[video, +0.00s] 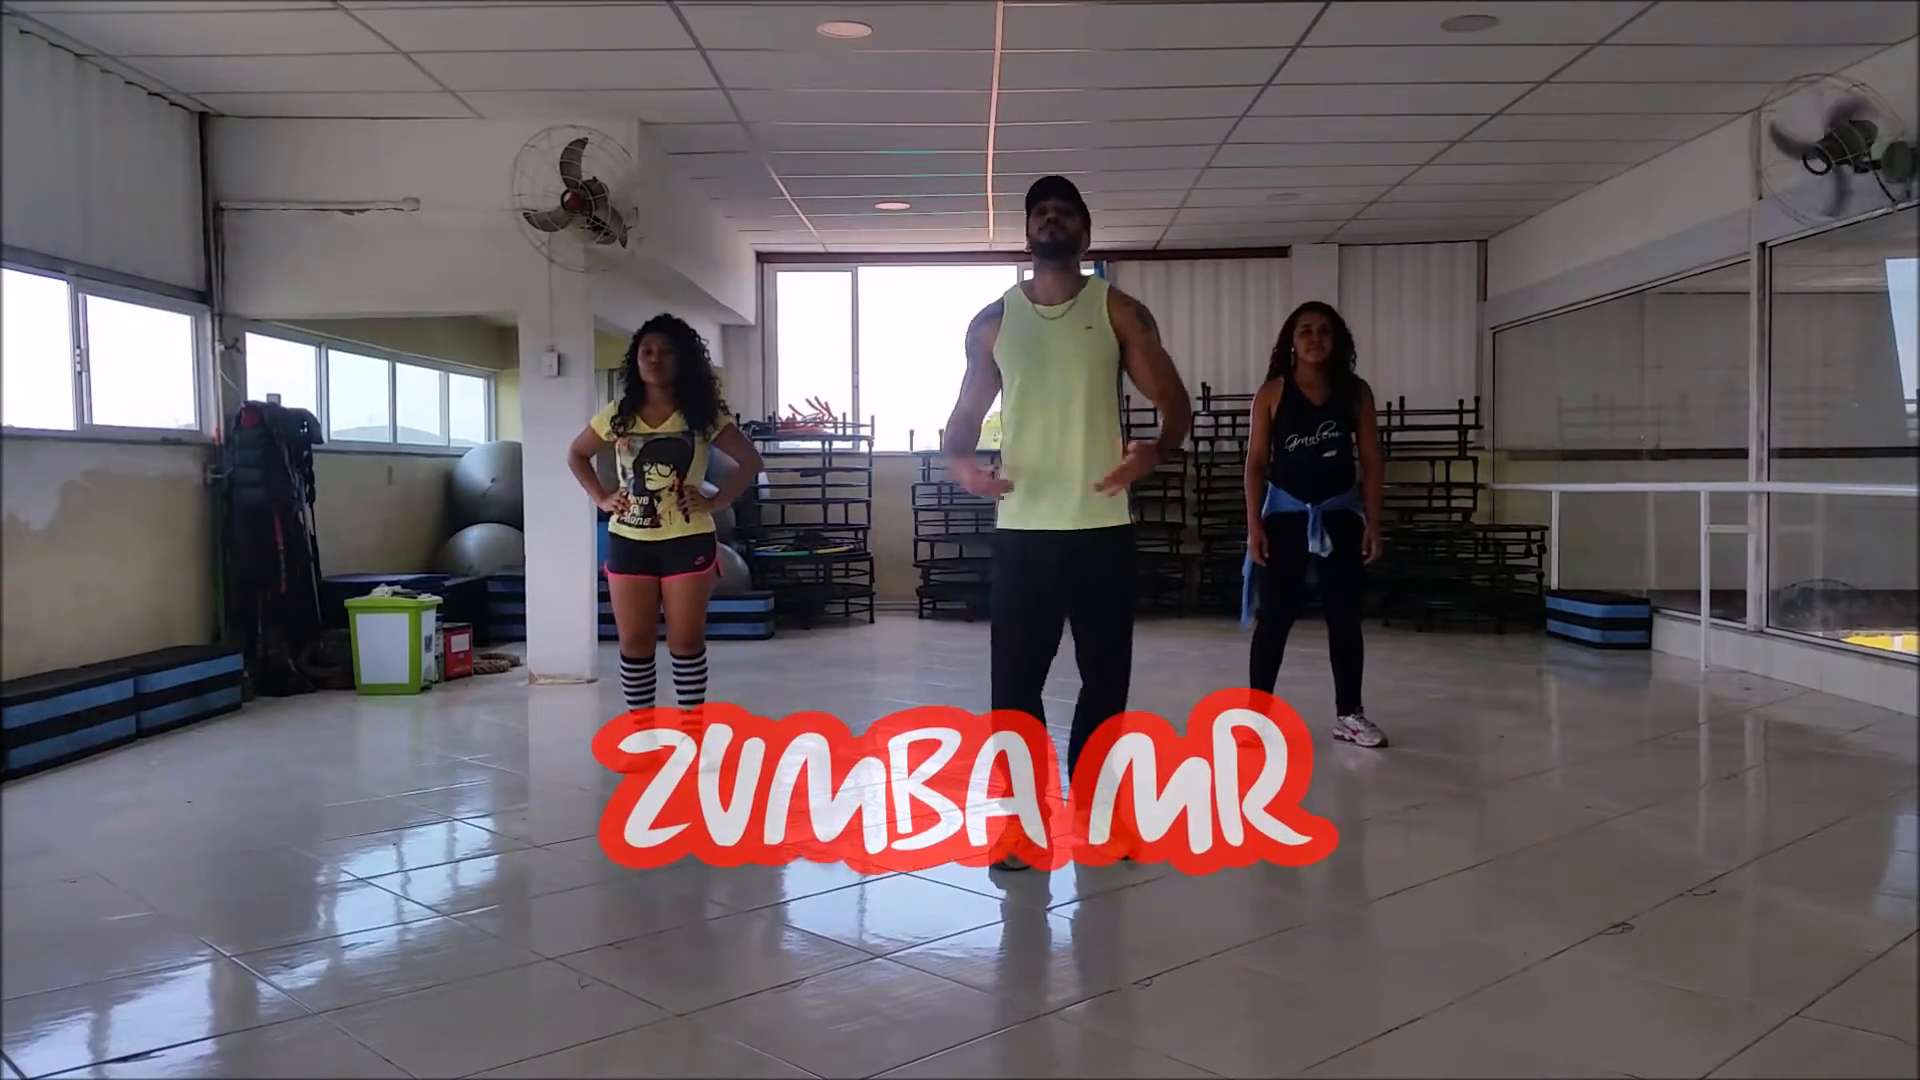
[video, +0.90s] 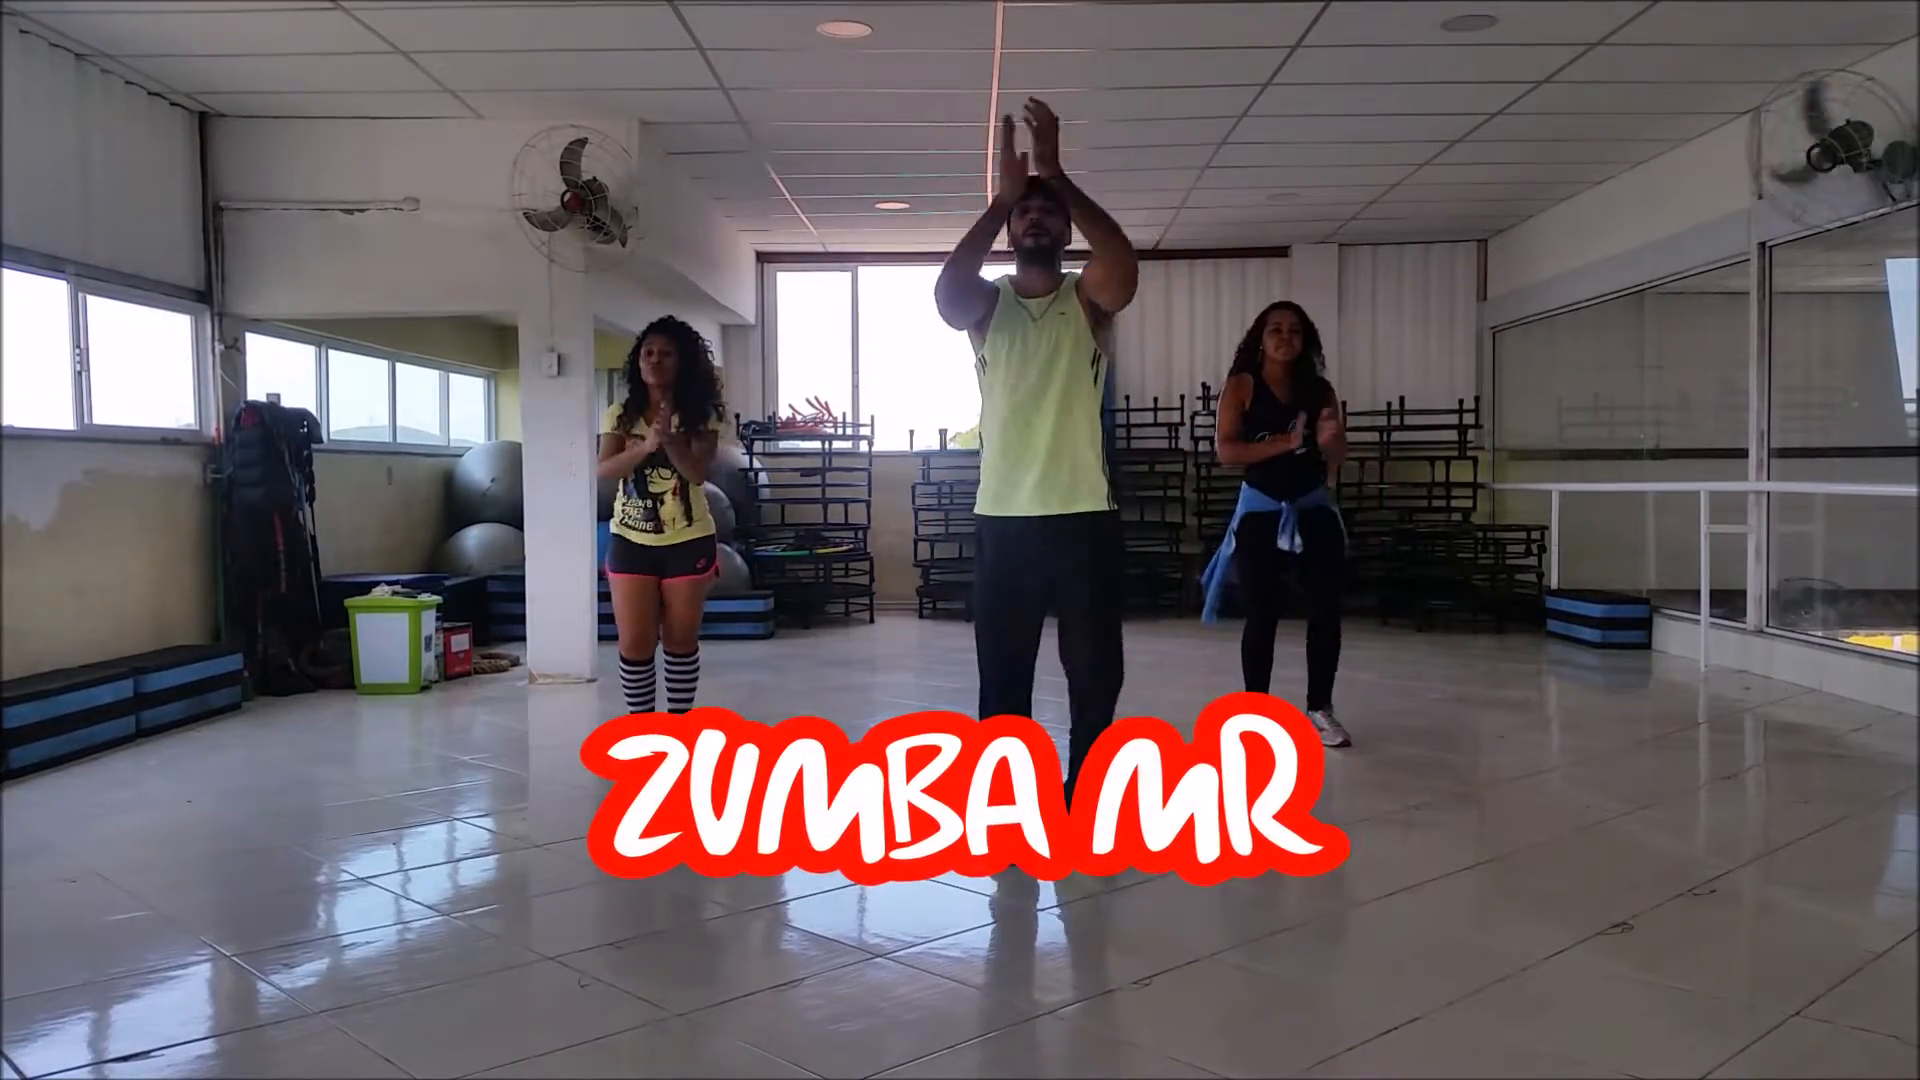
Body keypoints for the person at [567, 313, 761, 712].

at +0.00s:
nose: (653, 358)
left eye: (664, 351)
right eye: (646, 350)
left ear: (682, 360)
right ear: (635, 359)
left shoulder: (702, 413)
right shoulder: (619, 412)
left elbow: (751, 462)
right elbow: (577, 454)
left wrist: (714, 503)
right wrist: (601, 496)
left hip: (688, 542)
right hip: (629, 544)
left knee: (686, 644)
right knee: (634, 647)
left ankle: (692, 736)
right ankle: (642, 738)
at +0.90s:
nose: (654, 360)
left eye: (665, 353)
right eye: (647, 352)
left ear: (683, 363)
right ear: (638, 361)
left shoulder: (700, 414)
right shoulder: (621, 414)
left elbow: (698, 473)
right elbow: (604, 469)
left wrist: (670, 440)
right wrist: (646, 446)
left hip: (688, 541)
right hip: (630, 541)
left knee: (681, 643)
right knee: (634, 646)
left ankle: (680, 733)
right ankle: (641, 734)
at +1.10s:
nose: (645, 359)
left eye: (658, 354)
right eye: (639, 352)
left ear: (677, 367)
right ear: (631, 361)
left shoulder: (690, 412)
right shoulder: (614, 411)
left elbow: (733, 442)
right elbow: (565, 442)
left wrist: (710, 391)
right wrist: (592, 392)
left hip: (682, 542)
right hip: (624, 543)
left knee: (677, 642)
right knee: (630, 644)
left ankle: (681, 730)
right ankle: (640, 732)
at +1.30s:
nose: (651, 352)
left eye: (661, 348)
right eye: (644, 346)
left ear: (677, 358)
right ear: (632, 356)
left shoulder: (689, 405)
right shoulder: (618, 406)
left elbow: (708, 386)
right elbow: (589, 384)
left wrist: (685, 328)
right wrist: (612, 331)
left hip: (680, 538)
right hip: (623, 538)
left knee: (675, 639)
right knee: (633, 642)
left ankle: (681, 727)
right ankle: (640, 730)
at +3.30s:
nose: (666, 367)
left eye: (674, 359)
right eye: (657, 359)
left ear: (688, 363)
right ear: (642, 363)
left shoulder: (702, 407)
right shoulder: (625, 405)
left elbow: (710, 342)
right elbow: (602, 346)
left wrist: (674, 290)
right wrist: (649, 299)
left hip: (692, 541)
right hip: (634, 541)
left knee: (689, 647)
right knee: (640, 647)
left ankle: (692, 736)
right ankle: (652, 739)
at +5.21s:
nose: (658, 363)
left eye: (667, 355)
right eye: (651, 354)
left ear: (684, 360)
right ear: (638, 360)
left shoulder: (699, 406)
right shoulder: (624, 403)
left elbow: (710, 344)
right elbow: (604, 341)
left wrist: (675, 291)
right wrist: (653, 294)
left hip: (691, 541)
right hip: (632, 541)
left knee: (686, 643)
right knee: (635, 644)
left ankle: (686, 738)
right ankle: (649, 740)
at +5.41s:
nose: (662, 359)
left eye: (672, 351)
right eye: (654, 351)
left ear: (692, 358)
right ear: (644, 358)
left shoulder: (710, 403)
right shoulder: (630, 402)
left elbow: (744, 360)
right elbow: (578, 364)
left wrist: (709, 304)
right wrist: (607, 307)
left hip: (695, 540)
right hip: (637, 538)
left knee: (690, 642)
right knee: (620, 638)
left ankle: (688, 737)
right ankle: (638, 730)